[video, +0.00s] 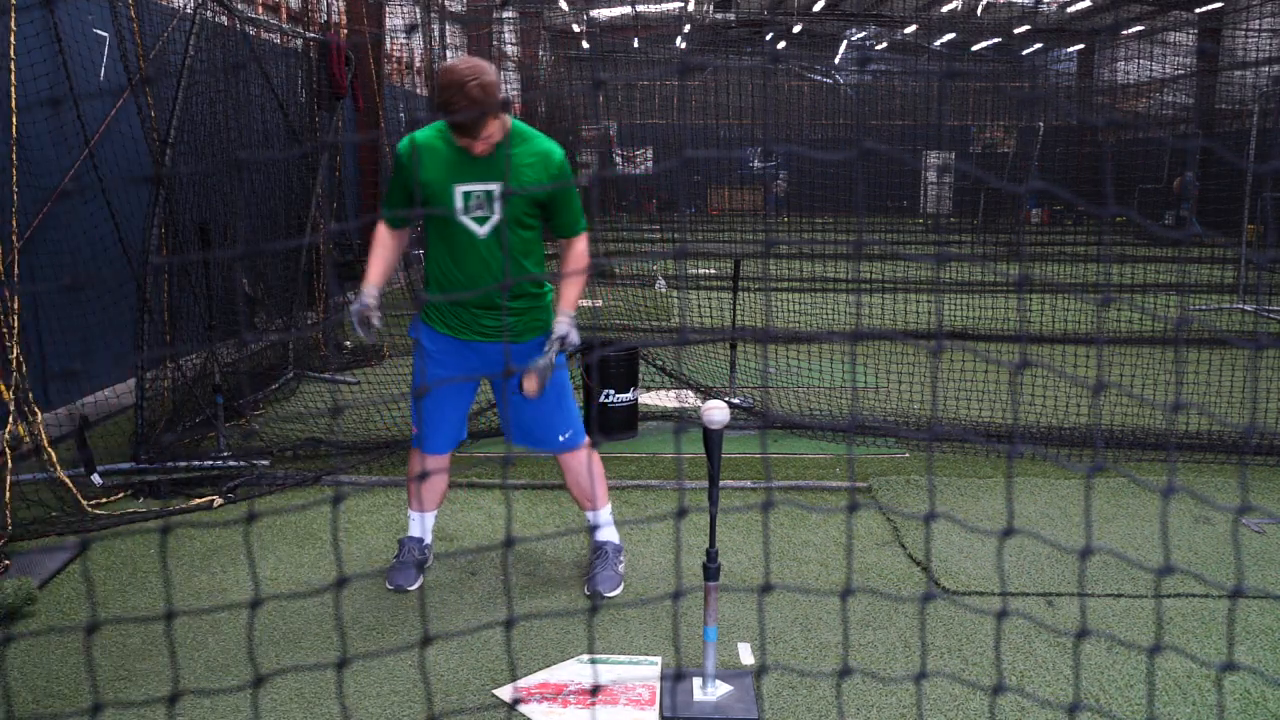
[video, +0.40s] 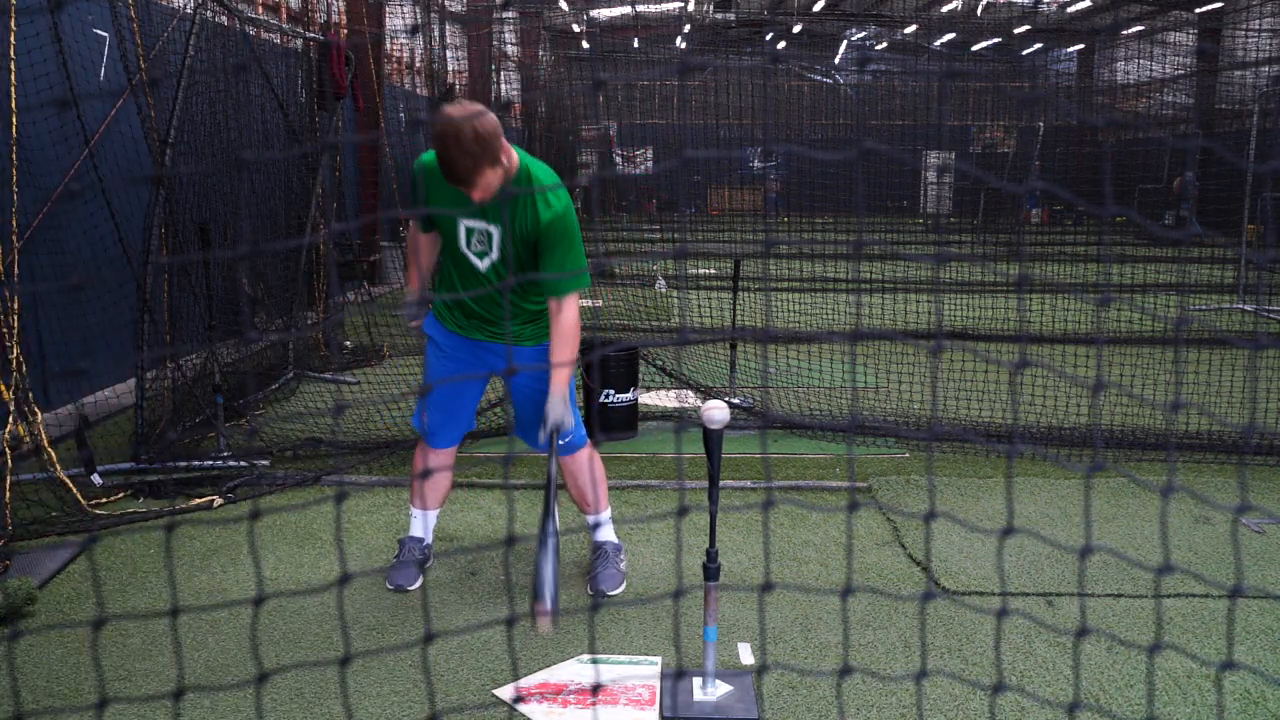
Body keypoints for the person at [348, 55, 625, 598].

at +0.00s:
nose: (478, 144)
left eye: (486, 132)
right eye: (466, 136)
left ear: (506, 111)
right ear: (447, 120)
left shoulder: (545, 159)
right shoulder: (417, 154)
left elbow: (575, 242)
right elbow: (392, 226)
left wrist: (564, 320)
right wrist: (369, 289)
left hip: (530, 331)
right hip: (446, 332)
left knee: (568, 441)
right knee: (430, 446)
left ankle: (606, 539)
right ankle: (416, 542)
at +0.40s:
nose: (475, 196)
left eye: (484, 185)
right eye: (464, 186)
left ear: (504, 153)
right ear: (447, 161)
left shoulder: (548, 201)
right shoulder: (431, 172)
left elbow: (566, 300)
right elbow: (425, 228)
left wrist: (559, 393)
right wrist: (416, 290)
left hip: (535, 333)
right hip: (456, 327)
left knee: (566, 435)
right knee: (437, 435)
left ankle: (606, 542)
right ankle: (418, 540)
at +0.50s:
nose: (489, 217)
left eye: (498, 206)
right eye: (479, 208)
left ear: (517, 179)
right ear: (460, 182)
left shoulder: (553, 221)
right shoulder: (441, 179)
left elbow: (563, 327)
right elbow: (433, 227)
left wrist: (559, 421)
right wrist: (426, 280)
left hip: (537, 339)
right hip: (461, 329)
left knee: (569, 439)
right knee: (439, 435)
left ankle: (606, 542)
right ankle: (418, 540)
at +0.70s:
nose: (508, 229)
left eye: (517, 221)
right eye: (497, 221)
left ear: (536, 195)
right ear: (478, 197)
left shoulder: (564, 238)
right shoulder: (453, 183)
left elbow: (569, 353)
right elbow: (436, 221)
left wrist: (568, 441)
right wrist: (420, 270)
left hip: (542, 343)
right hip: (463, 331)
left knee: (570, 443)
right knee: (440, 436)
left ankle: (606, 542)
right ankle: (417, 540)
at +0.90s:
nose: (514, 220)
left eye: (524, 211)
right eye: (504, 211)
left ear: (544, 186)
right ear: (486, 184)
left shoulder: (570, 230)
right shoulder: (456, 181)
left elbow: (578, 343)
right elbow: (432, 224)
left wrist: (578, 432)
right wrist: (413, 279)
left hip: (543, 341)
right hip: (463, 331)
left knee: (571, 443)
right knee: (440, 436)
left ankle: (606, 543)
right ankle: (417, 541)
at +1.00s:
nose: (514, 214)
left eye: (525, 204)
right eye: (504, 205)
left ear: (544, 179)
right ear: (486, 177)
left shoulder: (571, 223)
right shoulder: (456, 180)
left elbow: (580, 331)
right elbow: (432, 225)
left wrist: (581, 419)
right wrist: (413, 282)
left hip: (542, 337)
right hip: (462, 329)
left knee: (570, 439)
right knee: (440, 436)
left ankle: (606, 542)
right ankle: (418, 540)